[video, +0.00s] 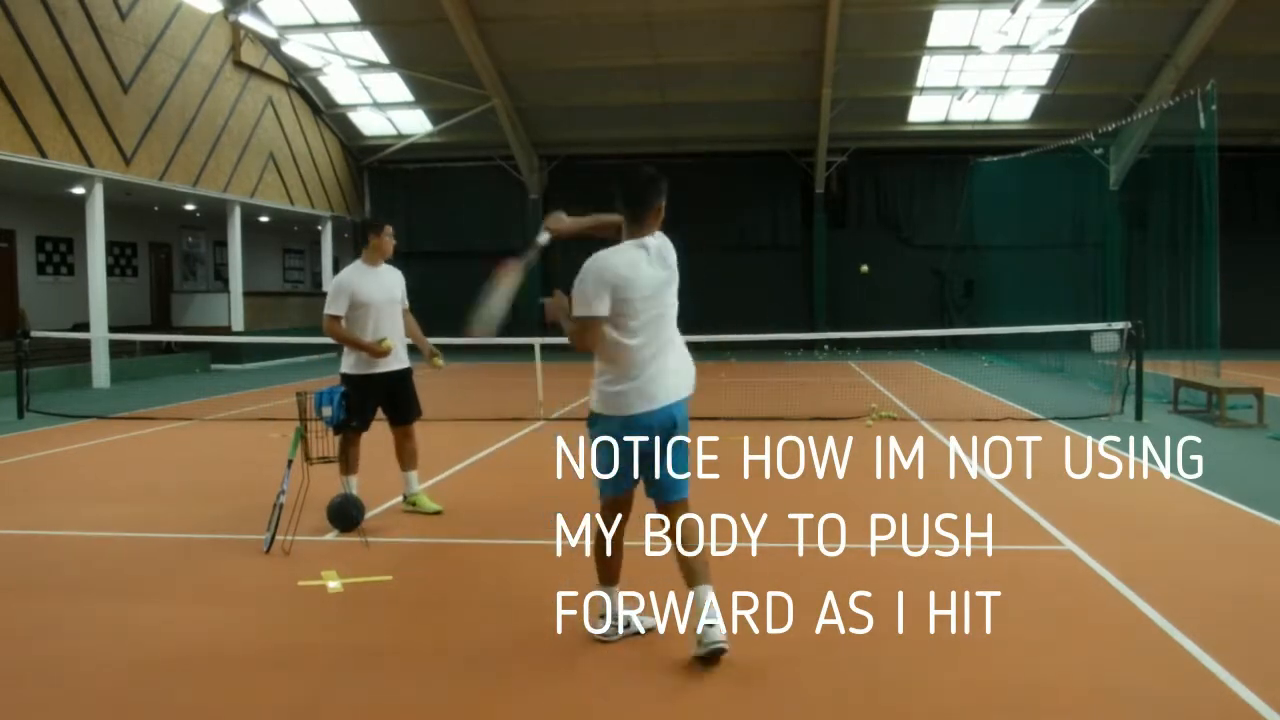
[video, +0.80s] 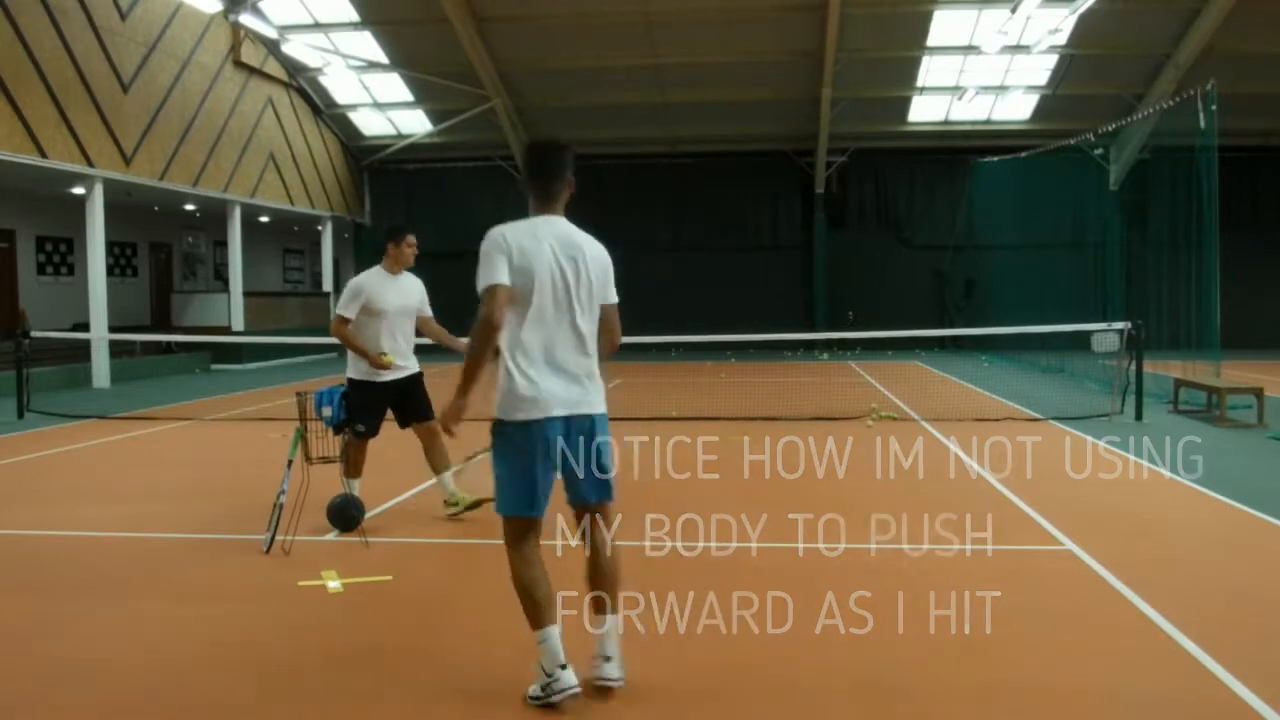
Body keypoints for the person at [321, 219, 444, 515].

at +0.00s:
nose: (394, 243)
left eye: (393, 237)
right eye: (389, 237)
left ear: (382, 241)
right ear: (372, 239)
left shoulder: (395, 276)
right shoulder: (346, 279)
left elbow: (404, 315)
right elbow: (331, 326)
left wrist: (425, 347)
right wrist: (367, 347)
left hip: (397, 370)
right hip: (360, 373)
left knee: (405, 429)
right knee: (351, 434)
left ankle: (413, 492)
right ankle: (350, 498)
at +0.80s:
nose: (415, 252)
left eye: (415, 247)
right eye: (410, 247)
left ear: (408, 251)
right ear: (391, 249)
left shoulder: (415, 284)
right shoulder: (362, 284)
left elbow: (426, 324)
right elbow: (338, 327)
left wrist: (457, 343)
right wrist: (368, 356)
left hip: (407, 375)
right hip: (367, 378)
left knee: (428, 429)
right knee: (358, 440)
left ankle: (452, 495)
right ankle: (351, 502)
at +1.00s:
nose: (439, 264)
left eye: (442, 258)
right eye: (432, 258)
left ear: (446, 262)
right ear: (418, 260)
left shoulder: (448, 294)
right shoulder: (390, 292)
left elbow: (451, 342)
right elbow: (365, 329)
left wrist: (469, 379)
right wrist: (385, 362)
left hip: (429, 379)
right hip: (386, 381)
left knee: (450, 436)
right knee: (372, 441)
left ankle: (456, 499)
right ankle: (352, 497)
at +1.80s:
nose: (410, 254)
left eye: (413, 249)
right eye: (404, 249)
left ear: (417, 255)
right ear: (388, 255)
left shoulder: (430, 291)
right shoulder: (369, 294)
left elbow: (448, 330)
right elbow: (349, 338)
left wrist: (449, 341)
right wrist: (372, 364)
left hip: (422, 381)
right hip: (380, 384)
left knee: (443, 435)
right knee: (363, 444)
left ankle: (459, 500)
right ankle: (341, 492)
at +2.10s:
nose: (381, 248)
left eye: (384, 243)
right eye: (374, 243)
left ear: (388, 248)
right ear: (361, 247)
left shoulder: (397, 283)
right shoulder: (342, 285)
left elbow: (402, 321)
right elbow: (319, 329)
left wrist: (412, 342)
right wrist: (348, 357)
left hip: (392, 376)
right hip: (353, 380)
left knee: (416, 430)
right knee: (345, 442)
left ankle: (421, 496)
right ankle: (337, 498)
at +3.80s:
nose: (396, 252)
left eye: (396, 247)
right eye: (394, 247)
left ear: (381, 248)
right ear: (381, 248)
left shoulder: (390, 281)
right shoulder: (346, 284)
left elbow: (402, 319)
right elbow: (326, 331)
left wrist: (443, 328)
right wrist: (362, 358)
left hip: (395, 374)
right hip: (358, 380)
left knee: (423, 425)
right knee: (349, 440)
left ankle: (428, 492)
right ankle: (337, 496)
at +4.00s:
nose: (420, 257)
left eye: (422, 252)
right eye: (414, 252)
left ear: (421, 256)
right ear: (396, 254)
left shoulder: (423, 291)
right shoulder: (369, 288)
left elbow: (438, 331)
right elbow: (343, 330)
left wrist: (475, 356)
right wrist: (369, 361)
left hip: (408, 382)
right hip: (367, 383)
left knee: (430, 436)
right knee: (350, 442)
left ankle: (451, 501)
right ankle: (337, 497)